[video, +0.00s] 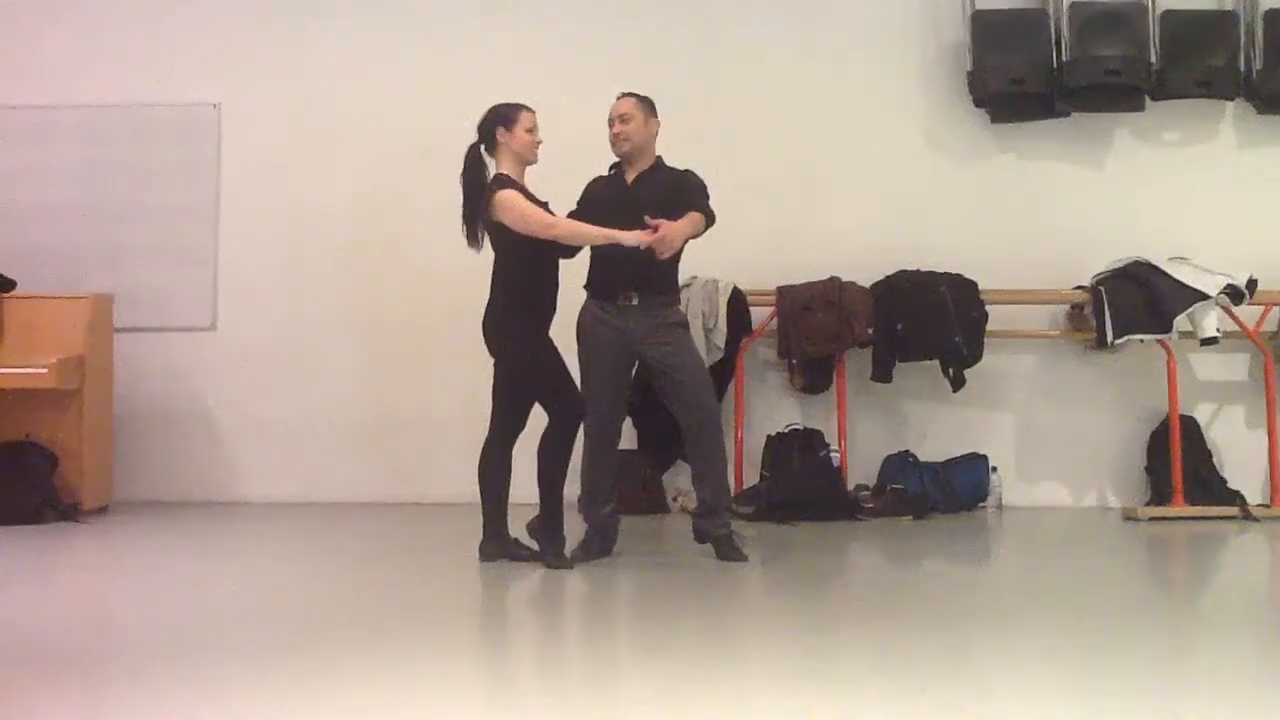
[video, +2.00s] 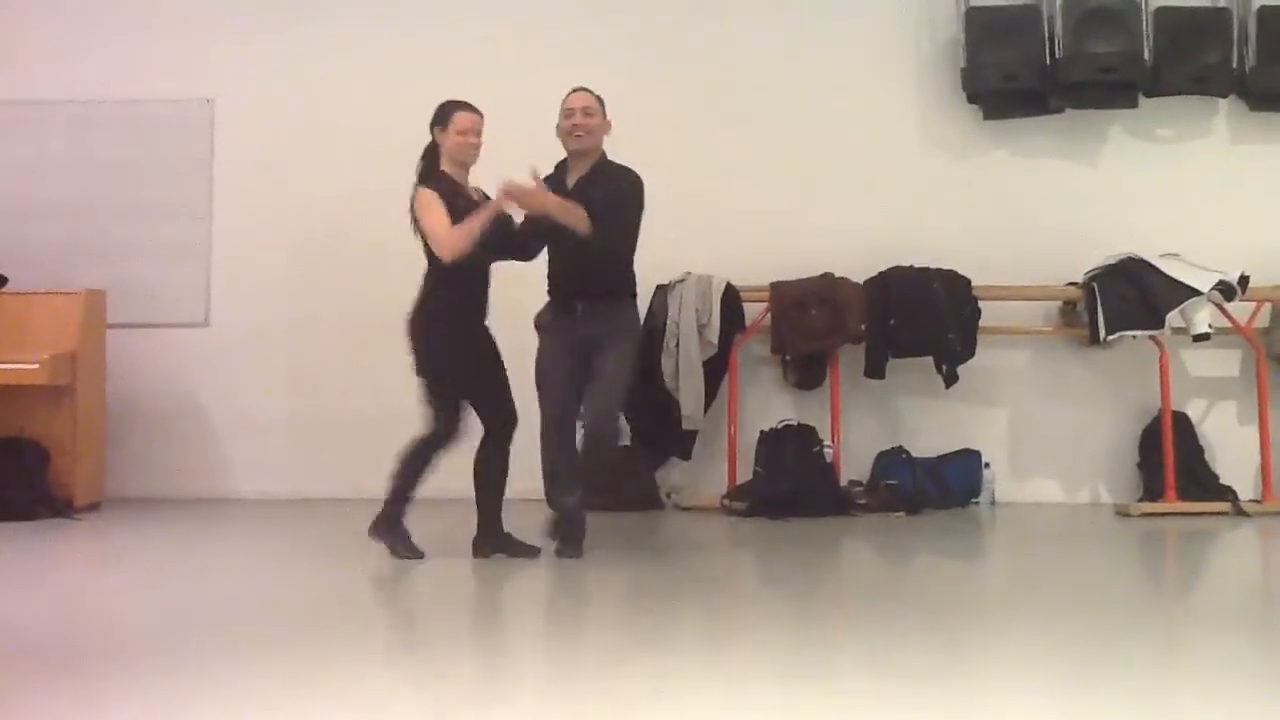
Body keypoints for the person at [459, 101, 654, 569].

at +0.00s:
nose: (539, 138)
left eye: (537, 130)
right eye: (531, 130)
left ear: (510, 137)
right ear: (503, 136)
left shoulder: (518, 193)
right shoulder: (502, 196)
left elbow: (559, 245)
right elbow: (556, 232)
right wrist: (623, 235)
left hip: (524, 325)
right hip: (515, 327)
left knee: (503, 430)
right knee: (568, 410)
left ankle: (494, 536)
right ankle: (549, 522)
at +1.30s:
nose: (532, 137)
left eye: (532, 129)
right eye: (524, 129)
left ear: (506, 135)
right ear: (495, 132)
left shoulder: (514, 185)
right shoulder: (502, 188)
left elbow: (568, 198)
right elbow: (567, 195)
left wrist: (617, 176)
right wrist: (622, 174)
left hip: (518, 318)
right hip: (514, 322)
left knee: (502, 426)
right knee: (567, 409)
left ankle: (494, 532)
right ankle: (548, 518)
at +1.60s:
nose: (514, 137)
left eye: (515, 129)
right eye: (507, 128)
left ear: (490, 134)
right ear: (478, 129)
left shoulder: (497, 180)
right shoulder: (481, 187)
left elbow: (551, 192)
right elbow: (545, 211)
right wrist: (615, 200)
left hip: (502, 317)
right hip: (498, 321)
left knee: (499, 421)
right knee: (558, 402)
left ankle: (490, 531)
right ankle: (545, 519)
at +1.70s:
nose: (504, 141)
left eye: (504, 132)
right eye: (496, 132)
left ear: (480, 137)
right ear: (466, 134)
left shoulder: (487, 189)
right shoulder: (464, 197)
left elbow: (534, 212)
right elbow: (502, 261)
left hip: (490, 322)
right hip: (480, 326)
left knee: (494, 424)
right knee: (546, 404)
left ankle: (489, 531)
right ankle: (521, 520)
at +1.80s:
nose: (496, 141)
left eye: (497, 132)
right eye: (487, 131)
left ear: (483, 137)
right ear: (458, 133)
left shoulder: (479, 189)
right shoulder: (454, 196)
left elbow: (514, 231)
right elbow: (473, 267)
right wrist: (544, 272)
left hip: (489, 320)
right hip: (471, 324)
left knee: (532, 411)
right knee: (496, 422)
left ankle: (479, 506)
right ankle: (488, 531)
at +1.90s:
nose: (487, 143)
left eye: (489, 135)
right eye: (478, 134)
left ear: (483, 141)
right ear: (449, 136)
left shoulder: (471, 190)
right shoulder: (444, 195)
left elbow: (491, 242)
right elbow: (459, 263)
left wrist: (528, 235)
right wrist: (517, 247)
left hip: (481, 321)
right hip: (462, 325)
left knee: (496, 424)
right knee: (498, 424)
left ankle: (492, 533)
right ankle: (429, 501)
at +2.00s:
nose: (474, 141)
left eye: (478, 134)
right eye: (465, 133)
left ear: (481, 141)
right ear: (439, 136)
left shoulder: (475, 196)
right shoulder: (429, 193)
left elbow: (512, 246)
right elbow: (447, 248)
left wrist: (537, 209)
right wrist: (495, 209)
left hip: (470, 325)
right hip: (437, 325)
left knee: (501, 421)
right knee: (446, 426)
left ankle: (489, 532)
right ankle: (389, 518)